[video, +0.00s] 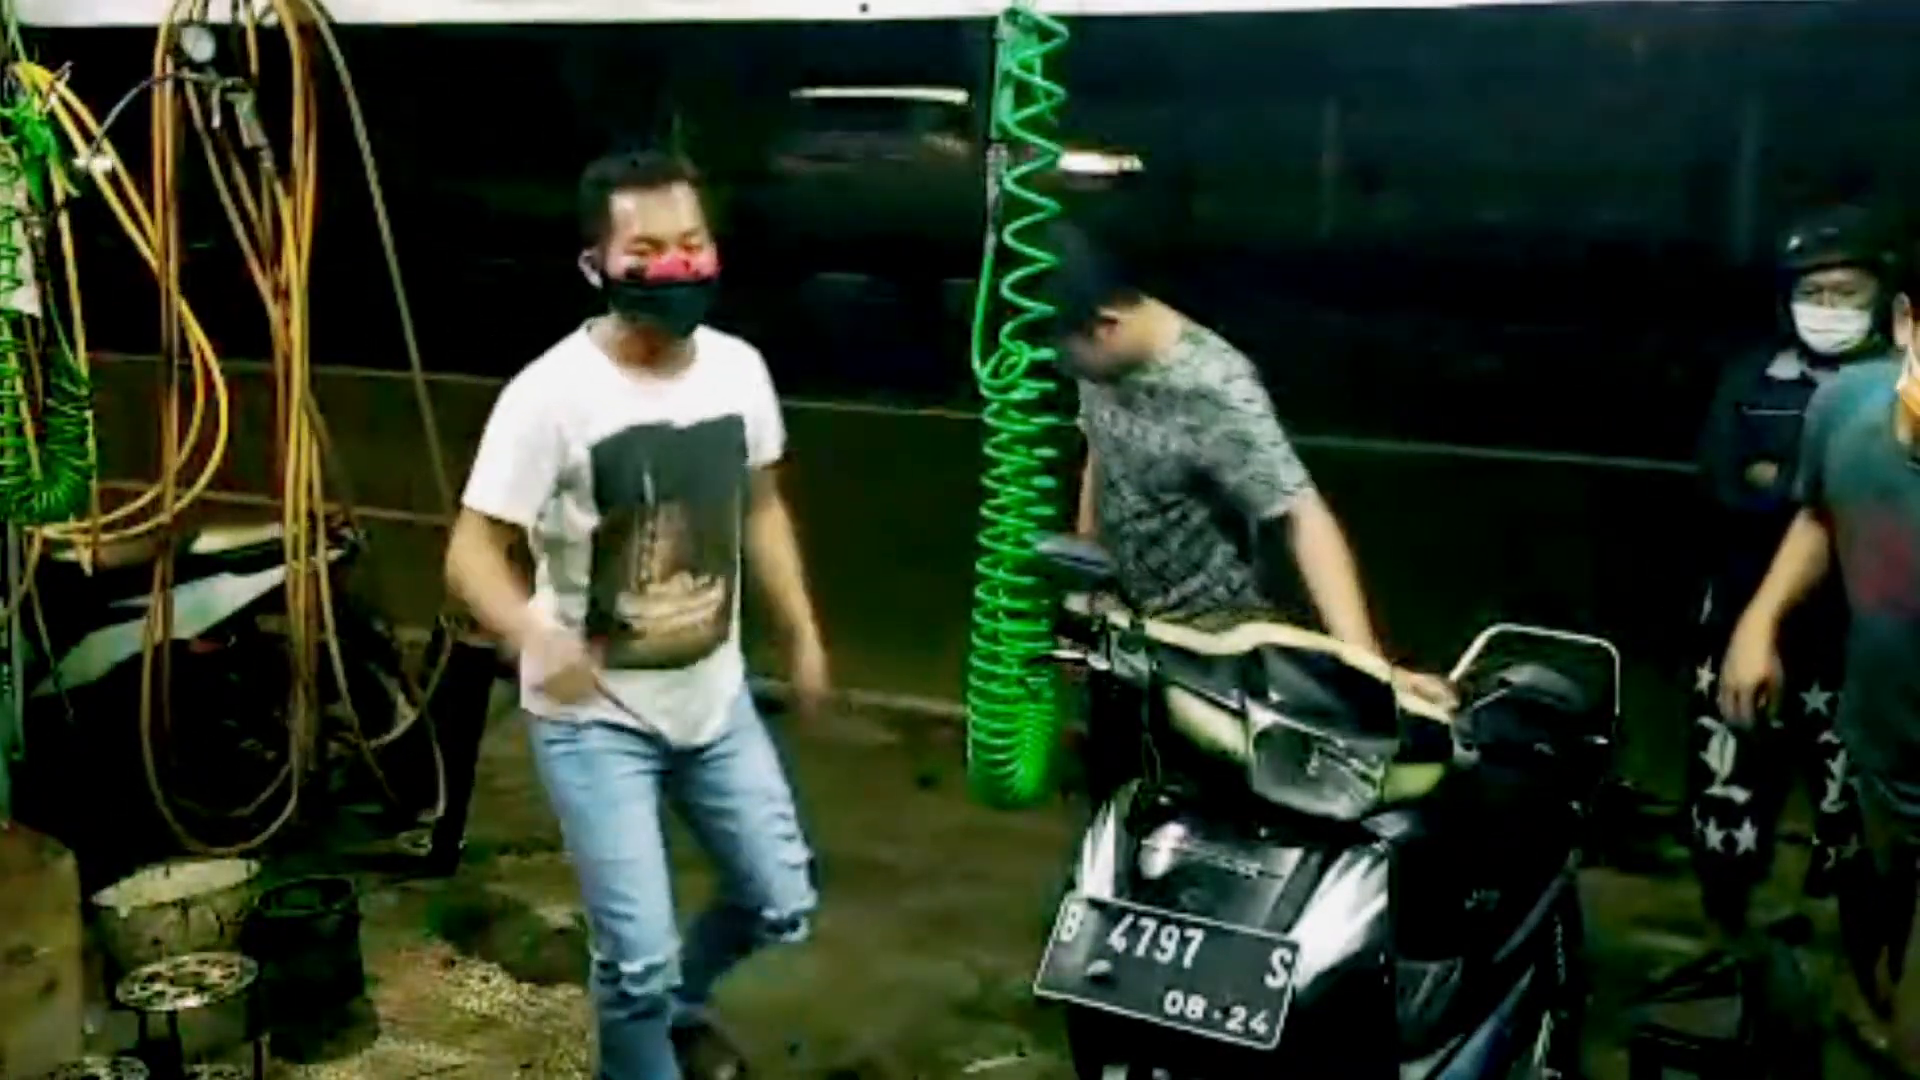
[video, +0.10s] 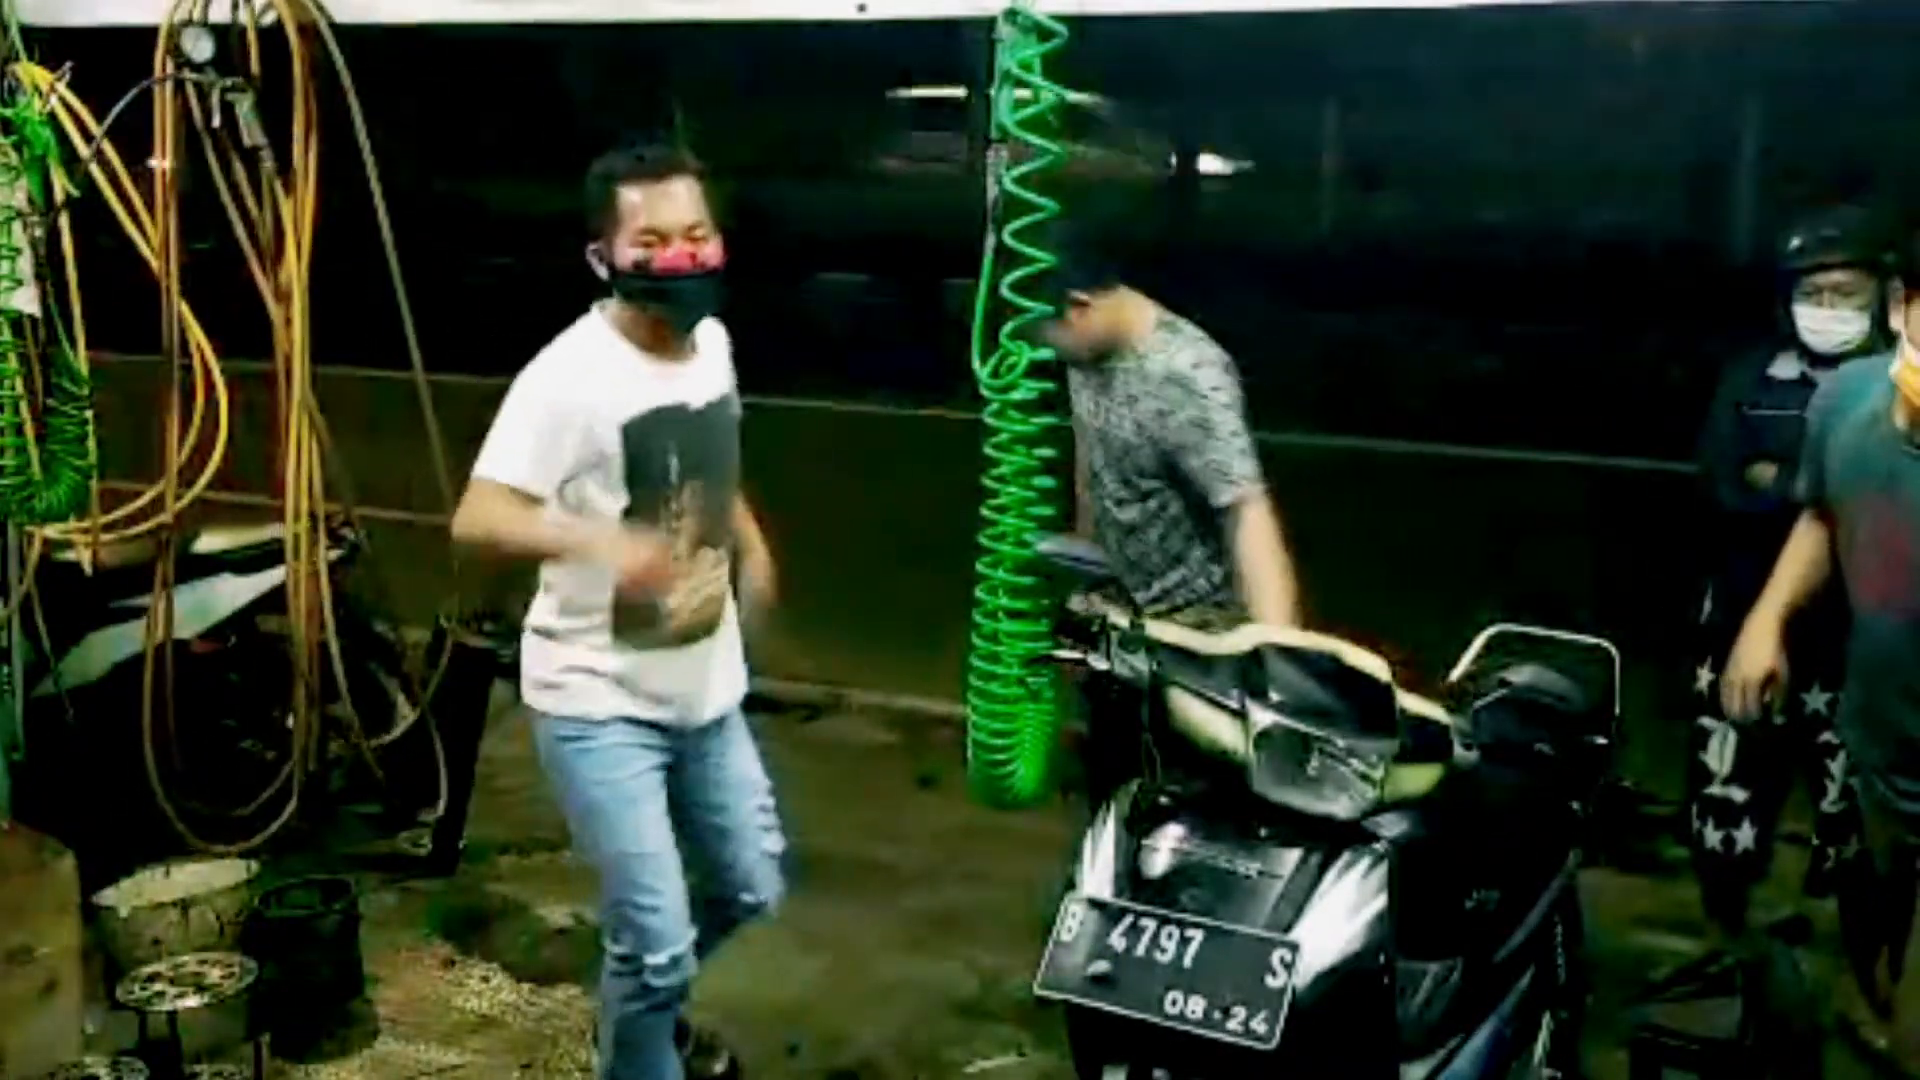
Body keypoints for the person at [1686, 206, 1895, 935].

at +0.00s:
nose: (1831, 309)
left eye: (1848, 293)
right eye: (1814, 293)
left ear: (1882, 305)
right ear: (1788, 300)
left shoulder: (1885, 393)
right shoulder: (1755, 385)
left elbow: (1875, 507)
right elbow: (1719, 487)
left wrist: (1779, 478)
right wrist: (1755, 628)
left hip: (1849, 630)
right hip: (1751, 619)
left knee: (1849, 781)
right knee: (1730, 788)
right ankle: (1726, 926)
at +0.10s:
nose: (1830, 308)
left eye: (1848, 292)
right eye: (1814, 292)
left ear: (1881, 303)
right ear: (1788, 300)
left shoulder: (1884, 393)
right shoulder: (1755, 385)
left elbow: (1874, 500)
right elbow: (1719, 485)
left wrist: (1780, 478)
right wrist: (1761, 625)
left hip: (1849, 628)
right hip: (1748, 612)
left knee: (1849, 781)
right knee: (1728, 794)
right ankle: (1728, 930)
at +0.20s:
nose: (1830, 307)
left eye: (1848, 291)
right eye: (1814, 291)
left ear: (1878, 300)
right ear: (1788, 299)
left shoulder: (1883, 393)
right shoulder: (1753, 384)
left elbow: (1883, 497)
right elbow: (1716, 486)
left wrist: (1783, 481)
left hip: (1853, 624)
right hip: (1748, 612)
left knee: (1848, 796)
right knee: (1725, 793)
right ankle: (1726, 929)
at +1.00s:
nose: (1827, 313)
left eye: (1842, 300)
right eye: (1813, 298)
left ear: (1869, 309)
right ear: (1789, 305)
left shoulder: (1889, 396)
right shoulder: (1751, 387)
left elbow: (1888, 503)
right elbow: (1714, 491)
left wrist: (1779, 480)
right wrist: (1843, 496)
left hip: (1853, 636)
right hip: (1745, 627)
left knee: (1854, 817)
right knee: (1720, 800)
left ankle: (1856, 983)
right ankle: (1721, 939)